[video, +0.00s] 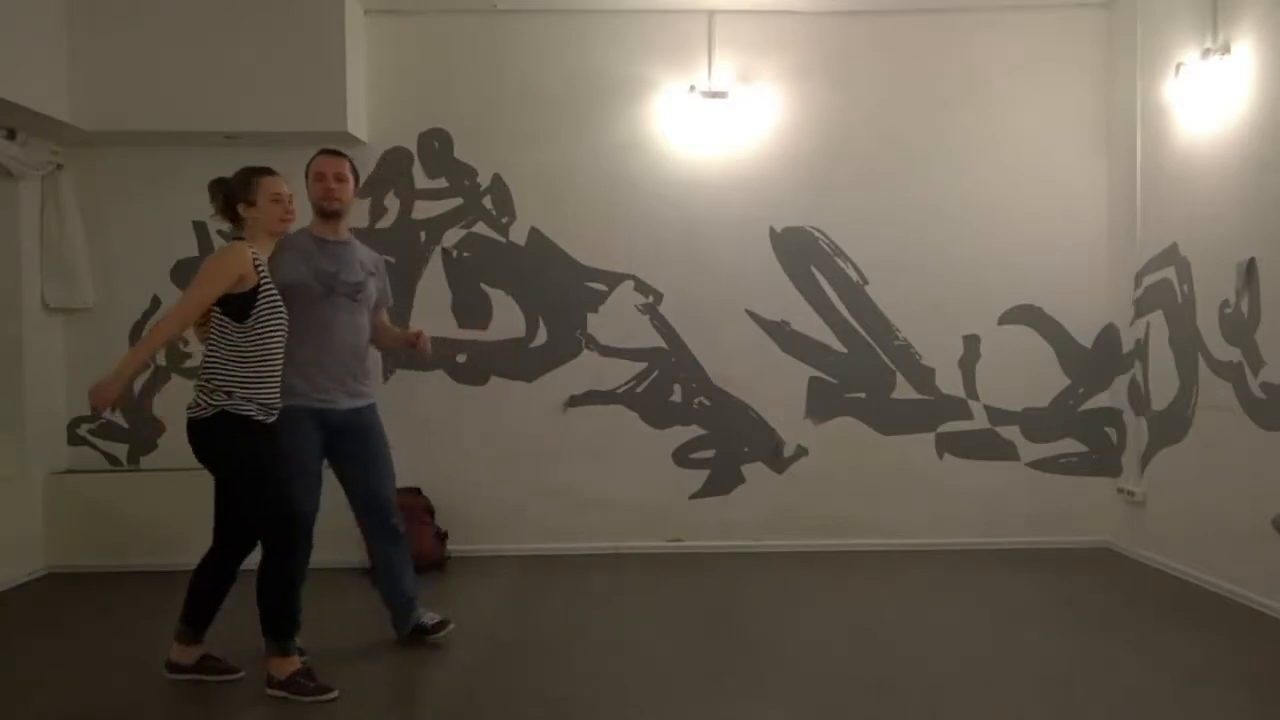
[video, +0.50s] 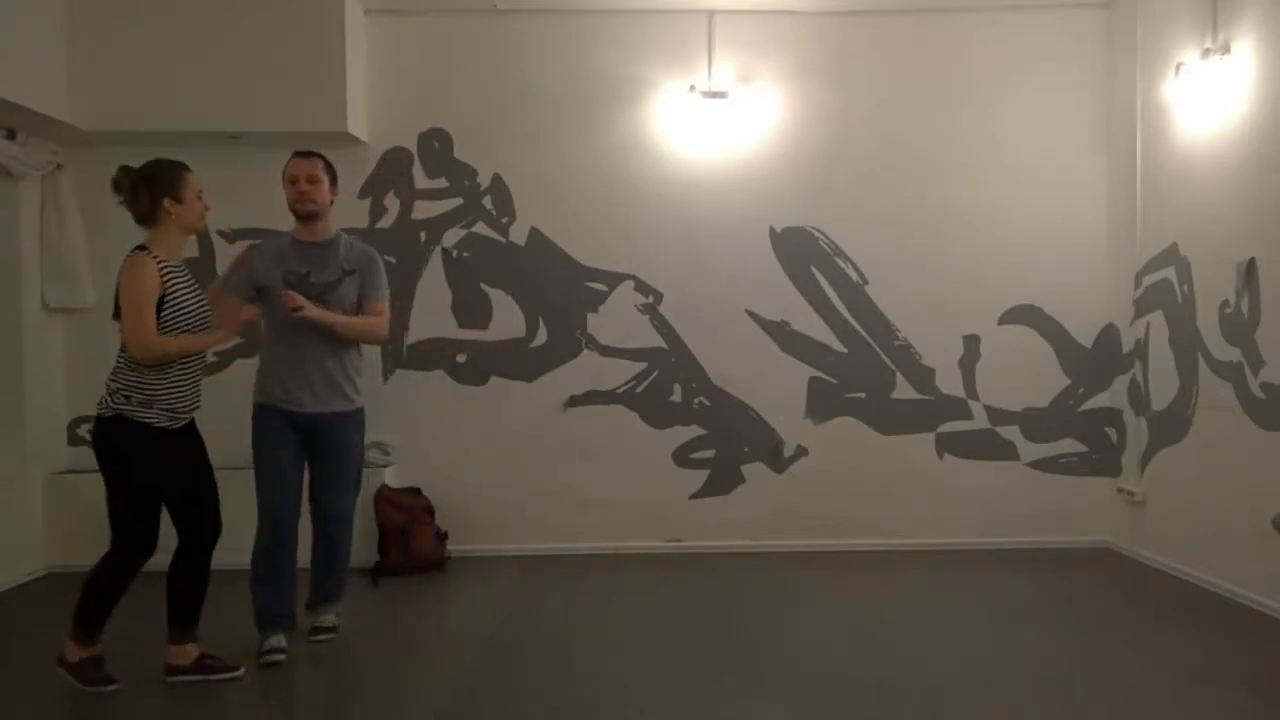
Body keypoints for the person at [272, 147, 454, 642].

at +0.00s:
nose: (330, 186)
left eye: (340, 179)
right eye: (321, 179)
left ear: (355, 191)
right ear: (307, 190)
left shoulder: (369, 262)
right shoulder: (283, 250)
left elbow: (379, 329)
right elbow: (248, 306)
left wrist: (404, 338)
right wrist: (208, 320)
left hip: (356, 408)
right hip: (295, 407)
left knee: (382, 511)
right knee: (294, 523)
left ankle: (407, 615)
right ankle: (282, 635)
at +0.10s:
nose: (316, 185)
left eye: (326, 178)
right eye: (307, 178)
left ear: (343, 189)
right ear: (295, 187)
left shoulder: (363, 260)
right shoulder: (268, 251)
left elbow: (377, 329)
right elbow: (230, 307)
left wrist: (389, 334)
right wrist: (194, 325)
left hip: (344, 403)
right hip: (281, 405)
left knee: (371, 511)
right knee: (284, 521)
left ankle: (388, 616)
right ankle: (281, 630)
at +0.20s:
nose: (308, 188)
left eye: (317, 180)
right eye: (298, 180)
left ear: (336, 192)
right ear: (287, 191)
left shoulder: (359, 261)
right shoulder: (259, 253)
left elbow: (382, 334)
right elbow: (221, 311)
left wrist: (368, 327)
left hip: (339, 407)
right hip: (274, 408)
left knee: (357, 510)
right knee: (279, 519)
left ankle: (360, 610)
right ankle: (280, 628)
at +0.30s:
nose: (304, 186)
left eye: (314, 179)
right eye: (295, 179)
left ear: (332, 190)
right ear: (284, 191)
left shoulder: (358, 258)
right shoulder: (256, 254)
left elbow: (380, 330)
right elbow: (221, 317)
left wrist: (352, 323)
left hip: (337, 404)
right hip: (272, 404)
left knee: (349, 510)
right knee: (274, 517)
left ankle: (344, 604)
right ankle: (276, 626)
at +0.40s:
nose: (303, 185)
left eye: (313, 177)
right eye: (294, 178)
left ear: (332, 188)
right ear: (283, 188)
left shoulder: (361, 255)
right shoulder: (256, 251)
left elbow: (380, 326)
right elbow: (225, 316)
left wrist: (334, 314)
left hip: (338, 405)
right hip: (274, 404)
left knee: (341, 515)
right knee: (272, 515)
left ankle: (329, 607)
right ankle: (274, 624)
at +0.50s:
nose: (302, 189)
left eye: (313, 181)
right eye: (294, 182)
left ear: (333, 191)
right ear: (284, 193)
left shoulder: (363, 258)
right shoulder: (263, 254)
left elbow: (378, 329)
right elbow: (215, 307)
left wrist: (318, 313)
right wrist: (247, 312)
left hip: (340, 409)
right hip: (277, 407)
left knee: (334, 515)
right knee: (277, 516)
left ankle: (326, 606)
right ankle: (273, 626)